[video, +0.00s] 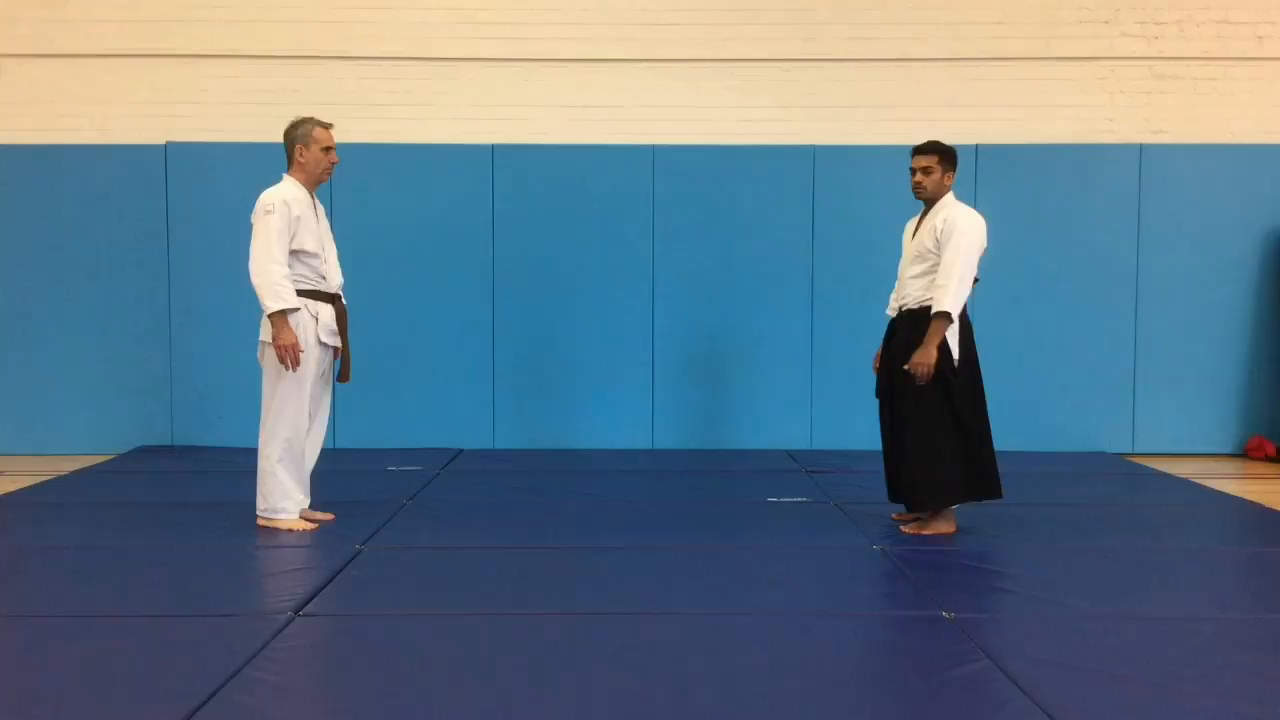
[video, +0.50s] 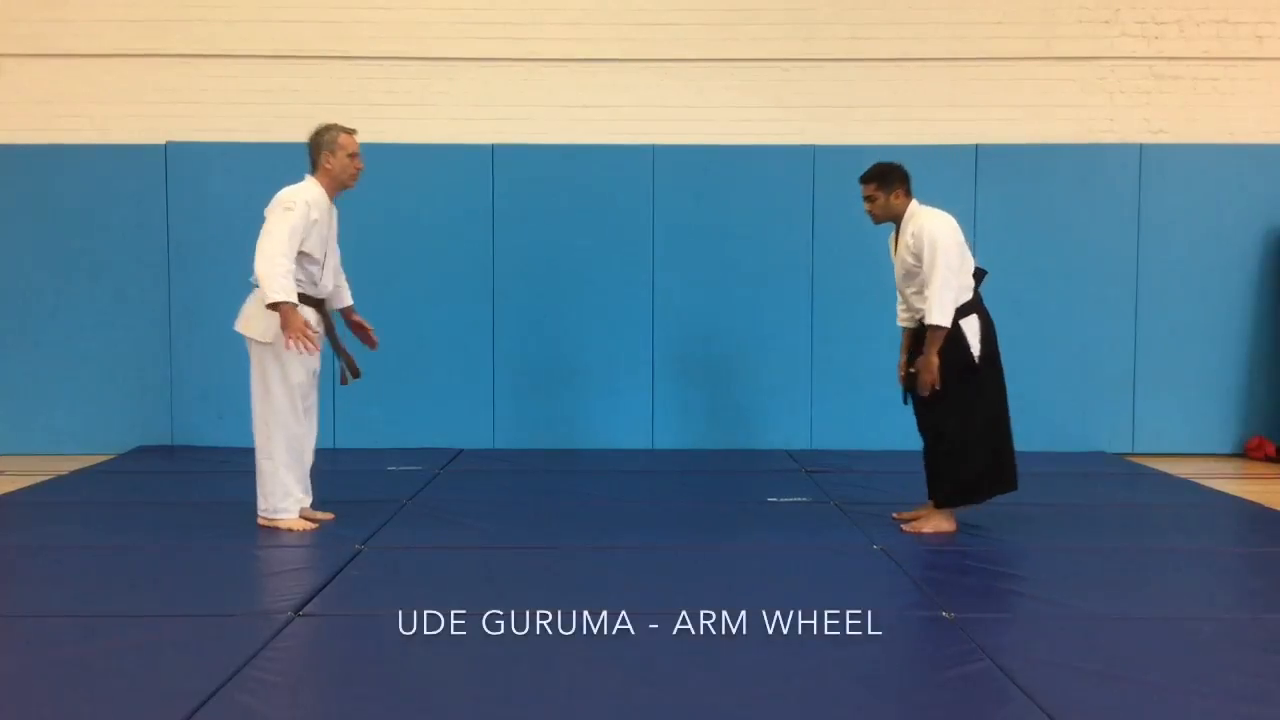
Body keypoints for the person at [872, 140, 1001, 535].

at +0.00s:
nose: (917, 179)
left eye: (926, 172)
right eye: (913, 172)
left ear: (948, 176)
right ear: (911, 176)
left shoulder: (964, 220)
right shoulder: (914, 224)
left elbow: (954, 286)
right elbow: (903, 288)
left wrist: (930, 343)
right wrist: (889, 343)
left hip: (937, 328)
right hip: (906, 327)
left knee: (936, 422)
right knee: (910, 420)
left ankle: (944, 514)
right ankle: (924, 505)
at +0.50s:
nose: (867, 207)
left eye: (872, 199)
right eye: (865, 200)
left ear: (898, 195)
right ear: (893, 198)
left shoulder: (936, 226)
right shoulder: (900, 235)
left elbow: (943, 293)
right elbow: (907, 300)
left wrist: (931, 354)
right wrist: (906, 353)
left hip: (957, 332)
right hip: (931, 332)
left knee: (948, 420)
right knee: (933, 420)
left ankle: (945, 512)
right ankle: (936, 504)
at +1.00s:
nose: (892, 181)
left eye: (899, 175)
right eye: (894, 175)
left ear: (923, 179)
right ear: (919, 180)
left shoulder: (939, 221)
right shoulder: (919, 220)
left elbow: (899, 266)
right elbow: (915, 276)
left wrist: (836, 275)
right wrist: (879, 288)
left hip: (936, 327)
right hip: (919, 325)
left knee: (922, 413)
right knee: (912, 413)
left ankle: (938, 504)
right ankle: (927, 501)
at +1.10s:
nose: (896, 181)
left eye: (903, 174)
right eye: (897, 174)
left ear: (927, 178)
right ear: (925, 179)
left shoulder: (937, 219)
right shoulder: (929, 216)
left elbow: (887, 254)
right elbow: (912, 268)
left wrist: (828, 242)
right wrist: (885, 274)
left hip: (927, 324)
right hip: (922, 320)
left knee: (900, 404)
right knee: (910, 404)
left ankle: (926, 499)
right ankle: (928, 498)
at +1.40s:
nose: (886, 181)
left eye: (892, 175)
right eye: (887, 174)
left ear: (916, 179)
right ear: (915, 180)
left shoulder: (919, 219)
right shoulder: (926, 215)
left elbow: (868, 247)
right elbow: (890, 274)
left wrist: (819, 224)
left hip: (906, 325)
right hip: (922, 322)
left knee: (876, 406)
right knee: (925, 409)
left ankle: (875, 508)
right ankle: (936, 501)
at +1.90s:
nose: (835, 203)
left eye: (843, 197)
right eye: (838, 196)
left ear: (866, 204)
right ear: (869, 205)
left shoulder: (868, 248)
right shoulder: (885, 242)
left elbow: (829, 305)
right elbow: (839, 303)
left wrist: (797, 292)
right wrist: (799, 293)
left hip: (852, 353)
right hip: (874, 349)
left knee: (816, 438)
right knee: (881, 429)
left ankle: (812, 534)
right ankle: (907, 503)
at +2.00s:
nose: (820, 198)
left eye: (827, 193)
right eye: (823, 192)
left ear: (848, 200)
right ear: (851, 202)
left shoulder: (856, 245)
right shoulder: (849, 240)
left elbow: (818, 300)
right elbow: (794, 287)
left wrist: (787, 270)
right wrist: (761, 259)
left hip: (842, 355)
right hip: (858, 351)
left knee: (806, 443)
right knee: (872, 433)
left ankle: (813, 545)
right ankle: (911, 503)